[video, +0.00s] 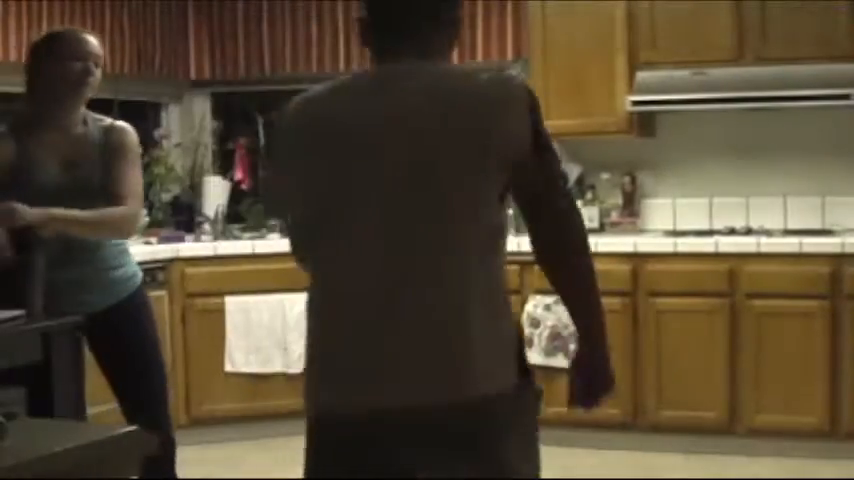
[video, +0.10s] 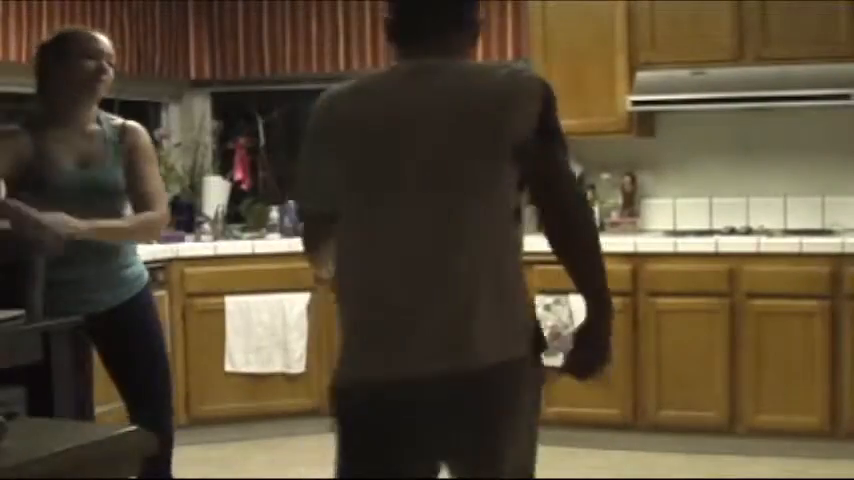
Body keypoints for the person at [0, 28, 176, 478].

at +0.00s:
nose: (89, 71)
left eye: (96, 64)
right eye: (76, 61)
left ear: (102, 75)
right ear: (43, 67)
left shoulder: (117, 136)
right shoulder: (13, 137)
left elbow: (129, 219)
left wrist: (45, 217)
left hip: (113, 296)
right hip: (38, 303)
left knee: (154, 425)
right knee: (52, 434)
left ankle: (161, 478)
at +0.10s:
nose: (106, 68)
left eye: (110, 61)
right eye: (91, 58)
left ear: (115, 73)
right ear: (55, 69)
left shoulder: (129, 135)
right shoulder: (21, 142)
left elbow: (156, 220)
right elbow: (2, 204)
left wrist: (77, 227)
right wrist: (22, 221)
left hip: (123, 298)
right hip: (51, 306)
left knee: (156, 420)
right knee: (62, 432)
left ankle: (155, 477)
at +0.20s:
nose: (121, 69)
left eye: (124, 62)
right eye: (108, 60)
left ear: (127, 74)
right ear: (71, 70)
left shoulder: (142, 136)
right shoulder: (44, 138)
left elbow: (177, 217)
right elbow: (5, 192)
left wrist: (139, 246)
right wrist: (71, 214)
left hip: (134, 300)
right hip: (67, 304)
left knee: (159, 416)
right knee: (75, 427)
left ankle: (154, 476)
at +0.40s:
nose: (159, 79)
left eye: (161, 71)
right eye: (147, 70)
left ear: (164, 79)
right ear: (113, 80)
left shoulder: (165, 139)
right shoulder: (101, 143)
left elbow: (186, 210)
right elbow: (88, 214)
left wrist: (200, 249)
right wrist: (189, 228)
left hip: (160, 300)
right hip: (105, 304)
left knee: (182, 412)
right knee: (104, 423)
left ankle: (154, 477)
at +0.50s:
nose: (177, 81)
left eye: (179, 73)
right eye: (164, 73)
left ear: (179, 80)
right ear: (130, 82)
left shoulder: (170, 140)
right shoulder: (124, 143)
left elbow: (185, 211)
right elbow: (138, 213)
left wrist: (213, 251)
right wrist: (237, 230)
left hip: (170, 296)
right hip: (126, 297)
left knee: (193, 410)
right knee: (135, 420)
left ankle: (159, 476)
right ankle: (120, 477)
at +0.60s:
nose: (196, 77)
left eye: (197, 69)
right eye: (183, 69)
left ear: (195, 78)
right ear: (149, 78)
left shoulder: (175, 135)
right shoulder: (151, 137)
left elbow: (181, 214)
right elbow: (176, 207)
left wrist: (225, 251)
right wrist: (262, 227)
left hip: (168, 286)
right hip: (146, 288)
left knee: (188, 406)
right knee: (184, 408)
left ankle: (146, 471)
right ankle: (156, 474)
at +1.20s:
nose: (293, 81)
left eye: (289, 73)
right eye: (281, 74)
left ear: (250, 87)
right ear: (250, 85)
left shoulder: (236, 137)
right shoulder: (265, 140)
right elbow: (309, 206)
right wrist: (366, 163)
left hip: (235, 281)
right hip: (260, 285)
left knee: (280, 386)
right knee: (289, 387)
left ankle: (241, 473)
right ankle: (252, 475)